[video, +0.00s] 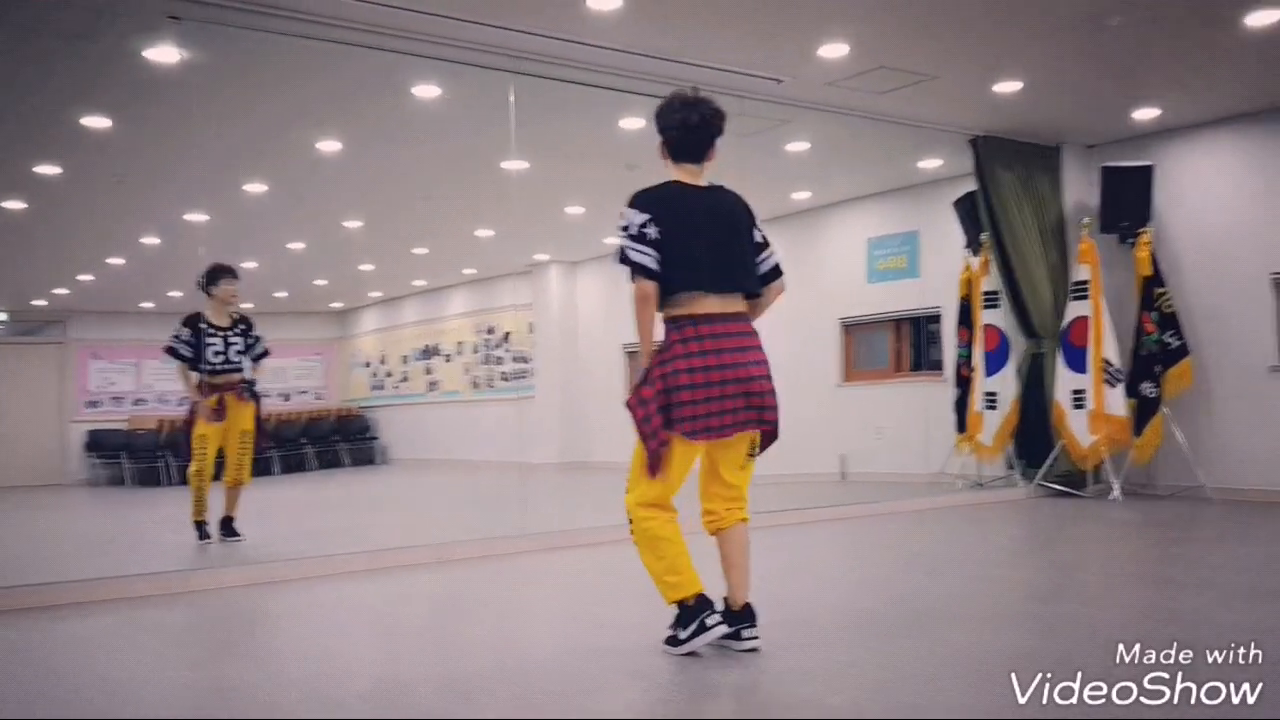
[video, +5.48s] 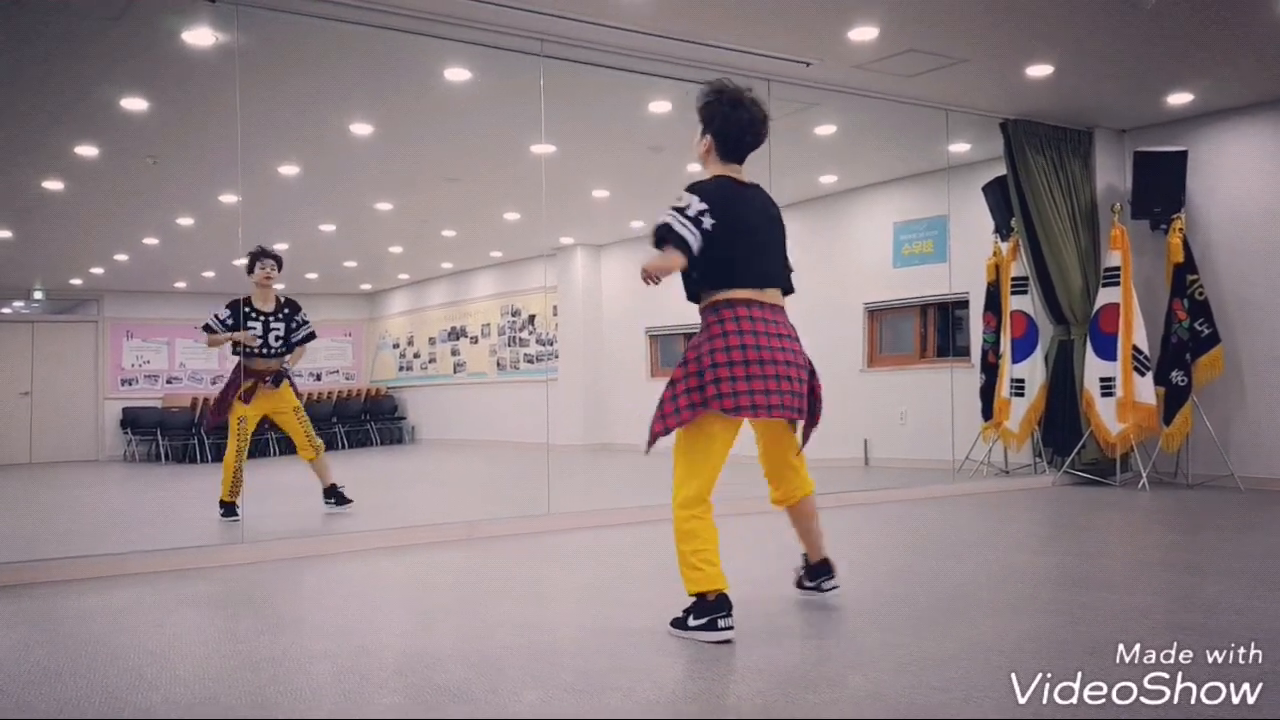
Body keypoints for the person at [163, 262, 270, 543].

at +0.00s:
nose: (234, 290)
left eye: (235, 284)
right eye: (227, 284)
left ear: (237, 288)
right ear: (210, 290)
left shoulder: (244, 323)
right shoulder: (193, 324)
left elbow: (259, 358)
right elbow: (181, 365)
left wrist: (251, 385)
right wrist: (196, 397)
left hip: (241, 395)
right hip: (208, 395)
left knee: (239, 462)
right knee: (202, 463)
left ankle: (228, 520)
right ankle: (200, 520)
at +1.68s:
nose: (242, 261)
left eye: (247, 256)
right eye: (236, 256)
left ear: (253, 260)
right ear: (225, 260)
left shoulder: (260, 295)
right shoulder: (213, 289)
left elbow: (263, 336)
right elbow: (197, 325)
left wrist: (258, 360)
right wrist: (209, 360)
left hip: (247, 366)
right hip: (218, 365)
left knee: (260, 433)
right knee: (218, 434)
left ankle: (247, 489)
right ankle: (218, 493)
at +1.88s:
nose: (263, 248)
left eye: (267, 244)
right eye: (256, 244)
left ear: (274, 250)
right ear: (247, 251)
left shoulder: (288, 284)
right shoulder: (235, 284)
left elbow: (302, 319)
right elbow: (212, 316)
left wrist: (286, 346)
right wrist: (238, 334)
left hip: (271, 362)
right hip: (236, 361)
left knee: (274, 429)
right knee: (236, 426)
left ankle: (268, 477)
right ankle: (240, 479)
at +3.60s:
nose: (254, 264)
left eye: (258, 261)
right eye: (248, 260)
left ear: (264, 268)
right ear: (236, 267)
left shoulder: (268, 302)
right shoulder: (224, 299)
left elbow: (276, 341)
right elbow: (200, 333)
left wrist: (276, 364)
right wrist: (216, 371)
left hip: (270, 374)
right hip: (241, 375)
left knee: (269, 443)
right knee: (249, 444)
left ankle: (259, 495)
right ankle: (232, 496)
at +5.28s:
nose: (263, 278)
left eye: (268, 273)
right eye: (258, 273)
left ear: (273, 275)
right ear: (247, 272)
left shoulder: (278, 305)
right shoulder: (228, 300)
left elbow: (283, 341)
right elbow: (204, 330)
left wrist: (274, 362)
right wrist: (231, 356)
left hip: (265, 381)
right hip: (235, 381)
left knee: (280, 438)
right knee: (231, 445)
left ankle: (281, 496)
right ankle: (226, 502)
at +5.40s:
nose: (265, 271)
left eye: (270, 267)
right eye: (259, 266)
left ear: (275, 273)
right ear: (247, 271)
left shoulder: (284, 307)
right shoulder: (232, 304)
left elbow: (294, 345)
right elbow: (201, 331)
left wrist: (278, 366)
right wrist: (232, 338)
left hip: (272, 383)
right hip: (239, 383)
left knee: (295, 435)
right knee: (233, 447)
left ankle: (319, 490)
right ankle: (227, 502)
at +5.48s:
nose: (268, 272)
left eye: (273, 268)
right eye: (262, 268)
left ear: (278, 275)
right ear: (251, 273)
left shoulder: (289, 307)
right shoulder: (237, 308)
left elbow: (302, 344)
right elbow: (210, 339)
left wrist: (287, 366)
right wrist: (233, 336)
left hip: (280, 385)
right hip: (247, 386)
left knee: (308, 437)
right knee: (237, 448)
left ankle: (330, 490)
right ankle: (228, 501)